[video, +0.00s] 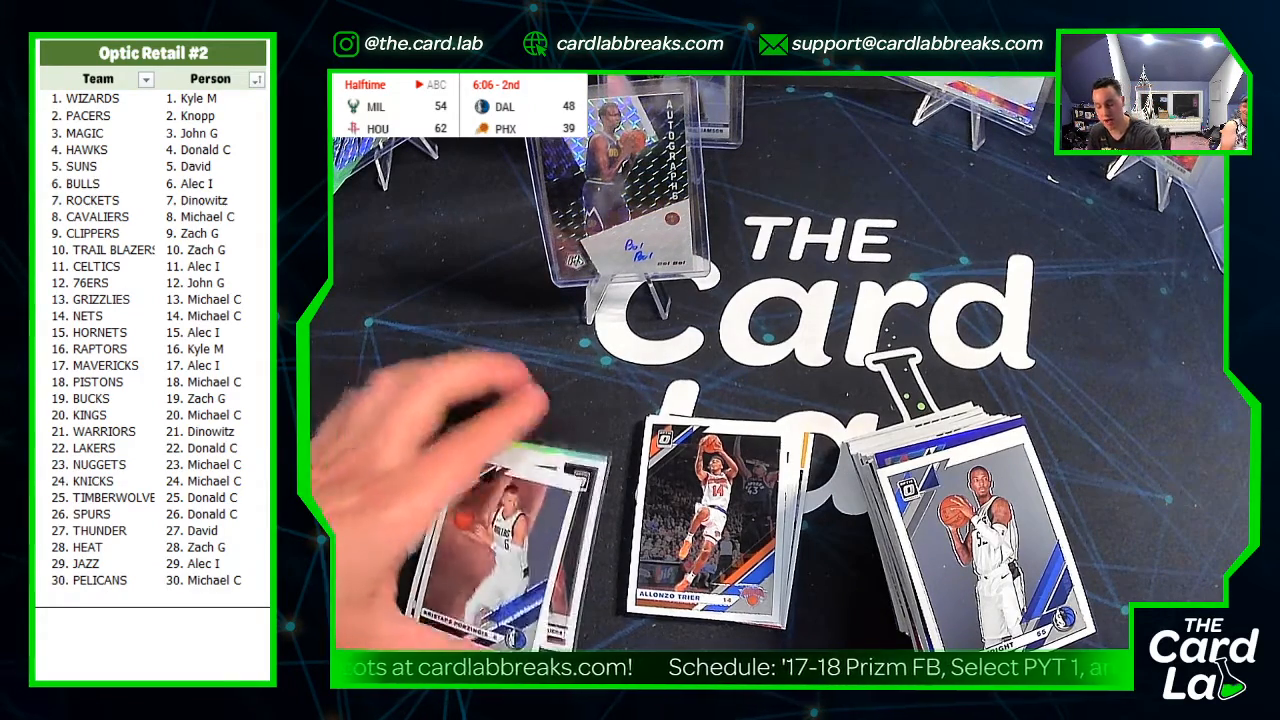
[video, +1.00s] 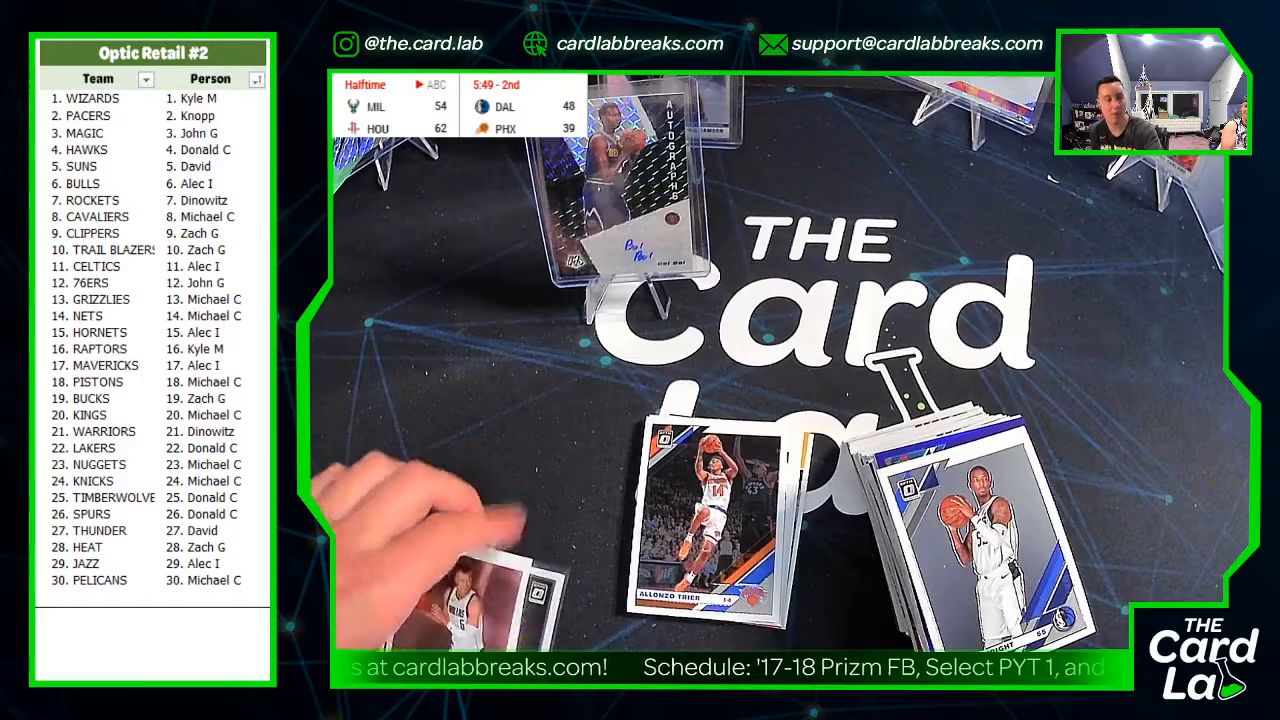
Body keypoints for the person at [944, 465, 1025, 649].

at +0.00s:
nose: (980, 483)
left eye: (984, 479)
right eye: (976, 480)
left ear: (990, 481)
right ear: (970, 485)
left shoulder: (1000, 504)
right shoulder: (975, 517)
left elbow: (997, 539)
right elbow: (965, 559)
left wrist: (973, 517)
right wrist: (953, 530)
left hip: (1007, 579)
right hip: (985, 584)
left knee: (1017, 632)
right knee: (992, 639)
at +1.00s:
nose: (980, 483)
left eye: (984, 479)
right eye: (976, 480)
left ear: (990, 481)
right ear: (970, 485)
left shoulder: (1000, 504)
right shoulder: (974, 517)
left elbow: (996, 538)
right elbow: (965, 559)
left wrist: (972, 516)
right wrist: (953, 530)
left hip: (1007, 579)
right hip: (985, 585)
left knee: (1018, 632)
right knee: (992, 640)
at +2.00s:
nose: (980, 484)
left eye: (983, 479)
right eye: (975, 480)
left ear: (990, 482)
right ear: (970, 486)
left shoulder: (1000, 504)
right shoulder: (974, 517)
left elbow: (996, 538)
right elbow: (965, 559)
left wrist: (972, 517)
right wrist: (953, 531)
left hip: (1007, 579)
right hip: (985, 585)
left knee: (1018, 633)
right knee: (991, 640)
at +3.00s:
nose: (980, 484)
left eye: (983, 480)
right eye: (975, 481)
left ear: (990, 482)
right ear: (970, 486)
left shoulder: (999, 504)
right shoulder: (974, 519)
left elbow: (997, 539)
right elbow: (965, 559)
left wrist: (972, 516)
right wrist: (953, 531)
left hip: (1006, 578)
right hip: (984, 585)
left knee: (1017, 632)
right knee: (991, 639)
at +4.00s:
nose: (980, 484)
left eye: (983, 479)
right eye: (975, 481)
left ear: (990, 482)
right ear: (970, 486)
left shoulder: (1000, 505)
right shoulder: (975, 518)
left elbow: (997, 539)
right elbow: (965, 559)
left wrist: (972, 516)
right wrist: (953, 531)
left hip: (1006, 579)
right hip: (985, 584)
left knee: (1017, 632)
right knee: (991, 639)